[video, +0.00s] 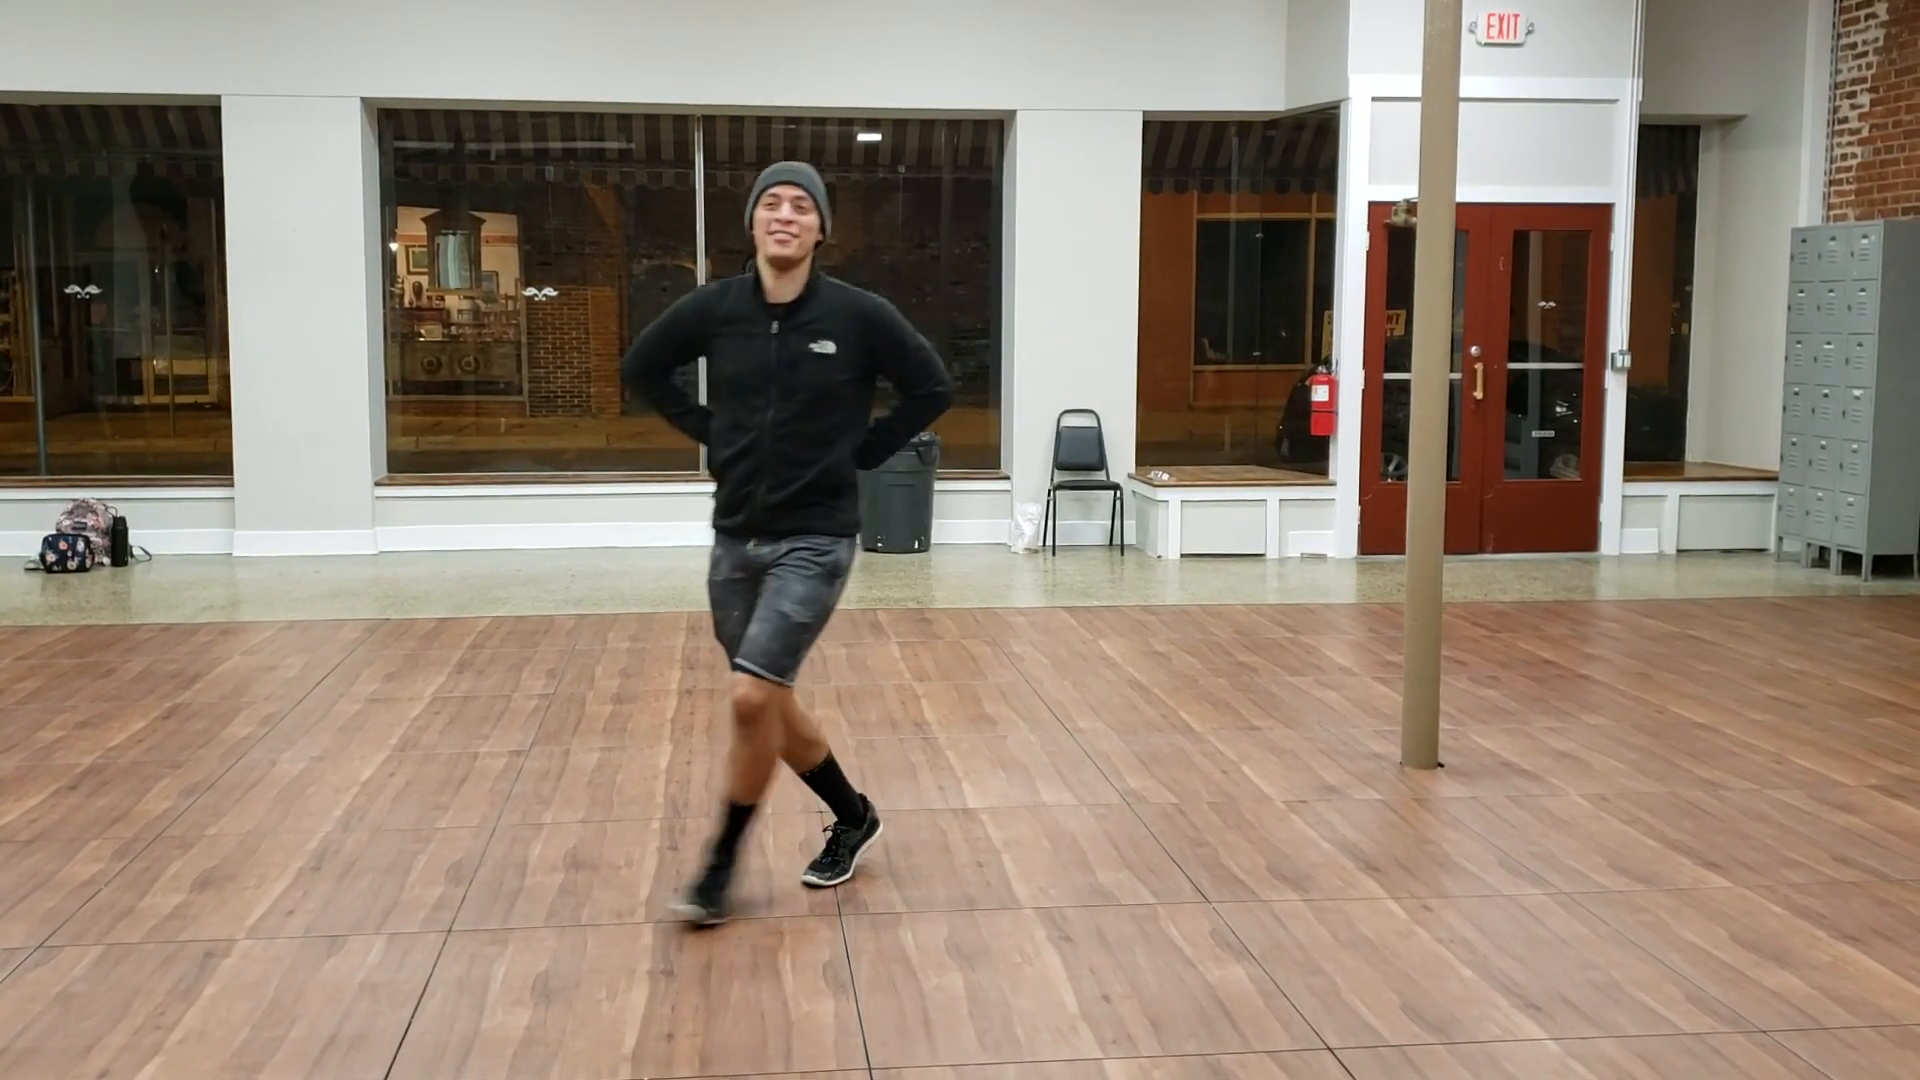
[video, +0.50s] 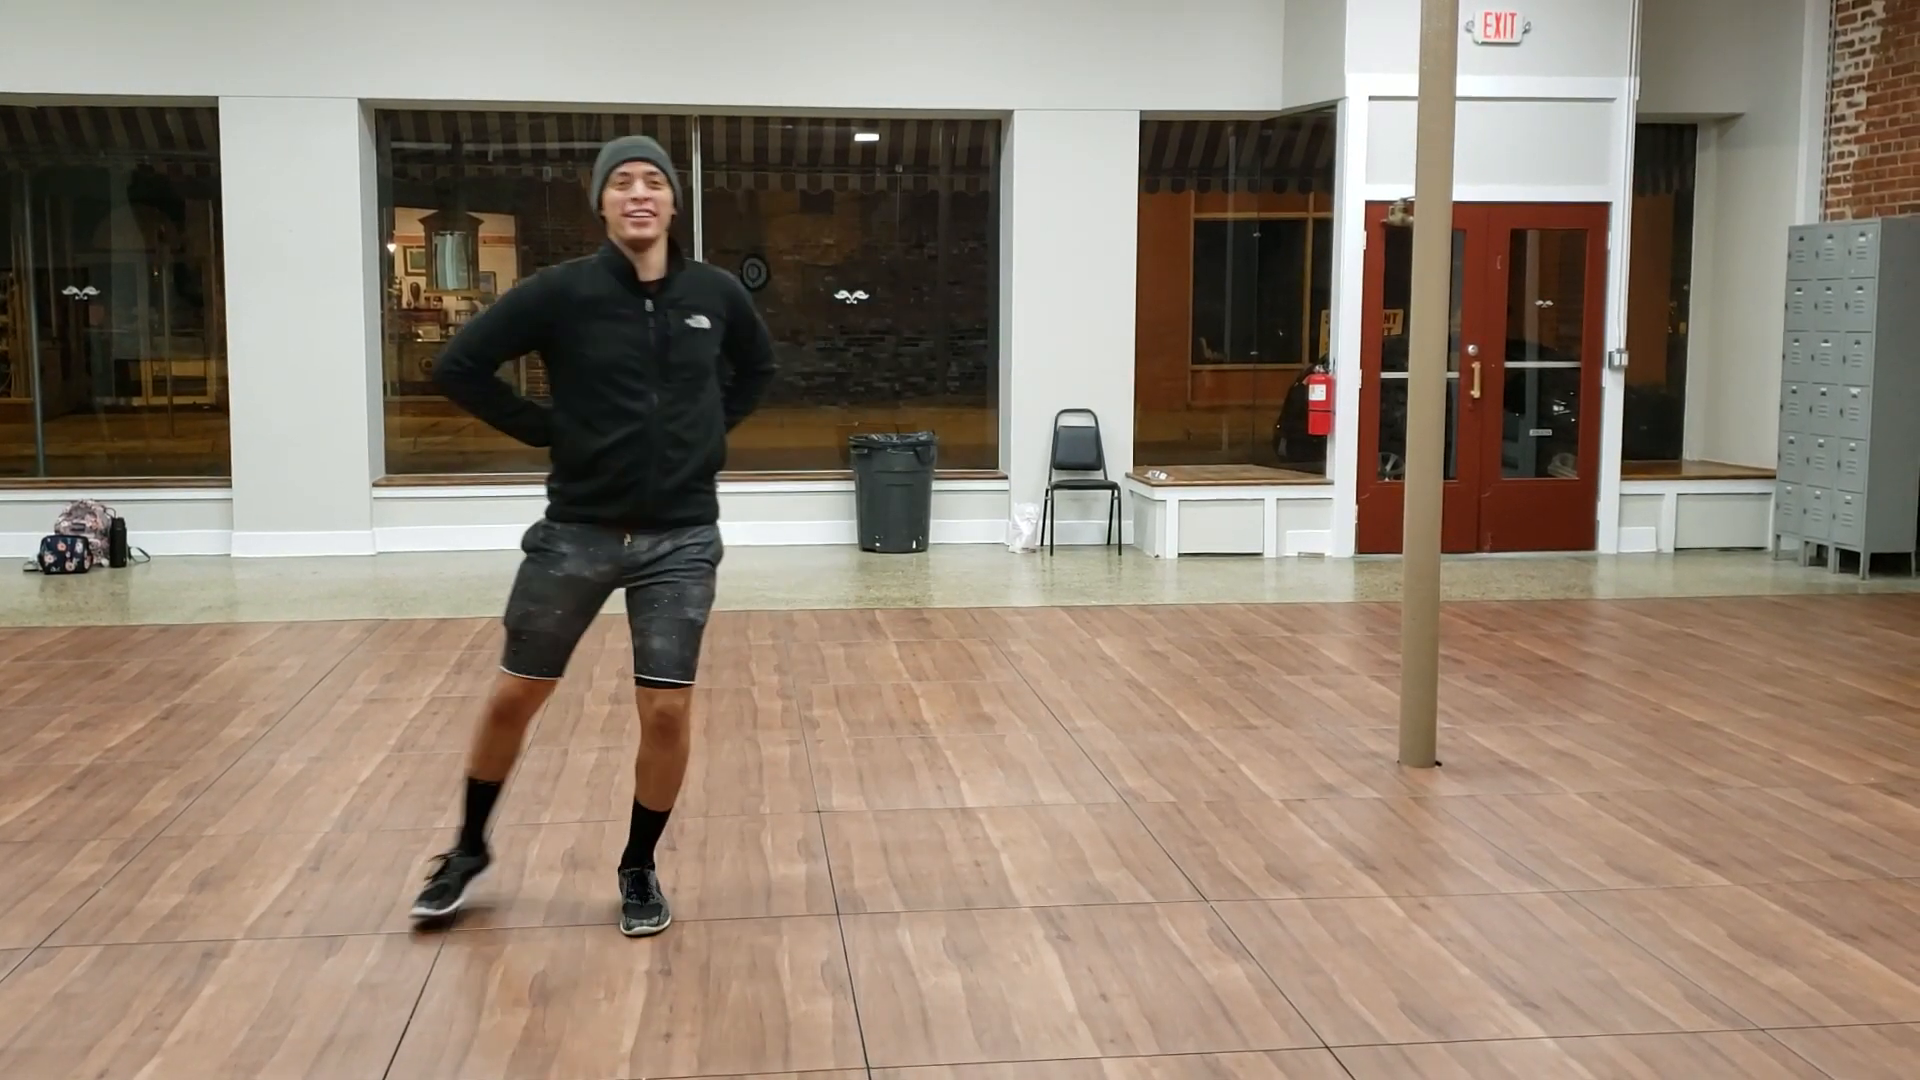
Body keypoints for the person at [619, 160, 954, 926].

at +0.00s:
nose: (785, 216)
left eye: (800, 207)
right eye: (772, 205)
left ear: (821, 229)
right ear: (751, 224)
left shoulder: (858, 314)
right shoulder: (713, 307)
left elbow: (932, 390)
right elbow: (640, 373)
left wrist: (857, 457)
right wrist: (710, 430)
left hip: (816, 538)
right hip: (735, 535)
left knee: (752, 694)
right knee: (763, 703)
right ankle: (852, 813)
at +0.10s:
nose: (761, 222)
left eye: (776, 214)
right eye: (748, 211)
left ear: (796, 236)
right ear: (725, 229)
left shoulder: (830, 323)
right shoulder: (682, 311)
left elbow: (895, 399)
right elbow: (597, 380)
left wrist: (822, 462)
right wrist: (672, 440)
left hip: (777, 543)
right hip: (694, 540)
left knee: (705, 712)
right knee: (729, 707)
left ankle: (646, 867)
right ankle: (836, 807)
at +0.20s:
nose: (737, 223)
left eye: (751, 215)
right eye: (724, 212)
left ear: (770, 239)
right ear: (699, 232)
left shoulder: (802, 332)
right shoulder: (648, 310)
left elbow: (854, 412)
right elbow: (556, 382)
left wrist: (783, 466)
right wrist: (633, 448)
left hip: (742, 546)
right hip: (654, 541)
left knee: (683, 714)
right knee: (637, 715)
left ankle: (644, 872)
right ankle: (764, 788)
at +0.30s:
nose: (708, 217)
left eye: (721, 208)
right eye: (694, 207)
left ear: (741, 231)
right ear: (670, 226)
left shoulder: (775, 325)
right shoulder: (620, 308)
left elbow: (824, 406)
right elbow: (520, 375)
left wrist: (752, 459)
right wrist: (602, 447)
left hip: (719, 548)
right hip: (623, 544)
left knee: (675, 718)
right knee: (575, 708)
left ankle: (642, 874)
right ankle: (680, 785)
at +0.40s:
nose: (674, 204)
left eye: (687, 192)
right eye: (660, 193)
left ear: (709, 213)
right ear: (636, 213)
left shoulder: (749, 305)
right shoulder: (589, 297)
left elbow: (793, 385)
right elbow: (488, 369)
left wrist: (727, 443)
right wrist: (578, 437)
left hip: (698, 540)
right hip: (597, 536)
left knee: (670, 707)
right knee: (540, 698)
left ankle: (641, 870)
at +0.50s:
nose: (639, 195)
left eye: (652, 184)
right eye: (623, 186)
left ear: (675, 203)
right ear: (601, 208)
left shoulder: (717, 293)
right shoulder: (558, 293)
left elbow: (757, 371)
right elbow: (457, 368)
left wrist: (704, 429)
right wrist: (545, 428)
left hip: (680, 535)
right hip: (575, 532)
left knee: (666, 708)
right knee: (515, 692)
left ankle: (639, 868)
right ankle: (468, 847)